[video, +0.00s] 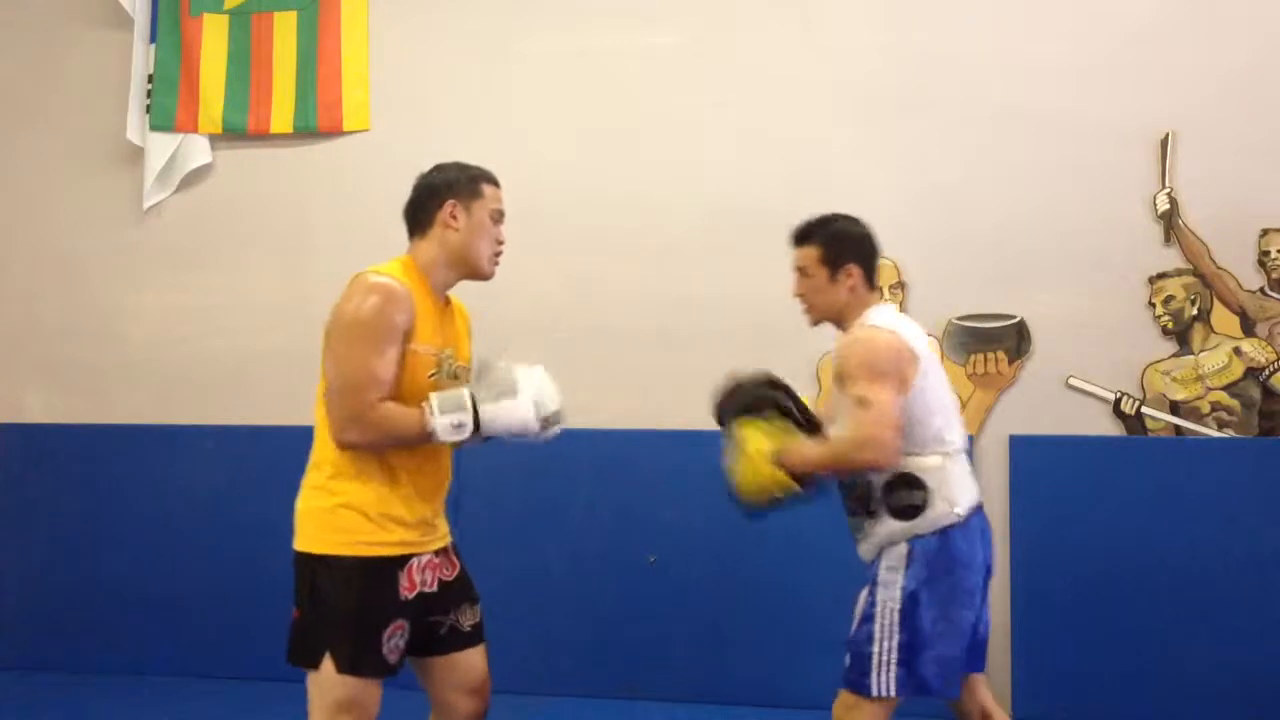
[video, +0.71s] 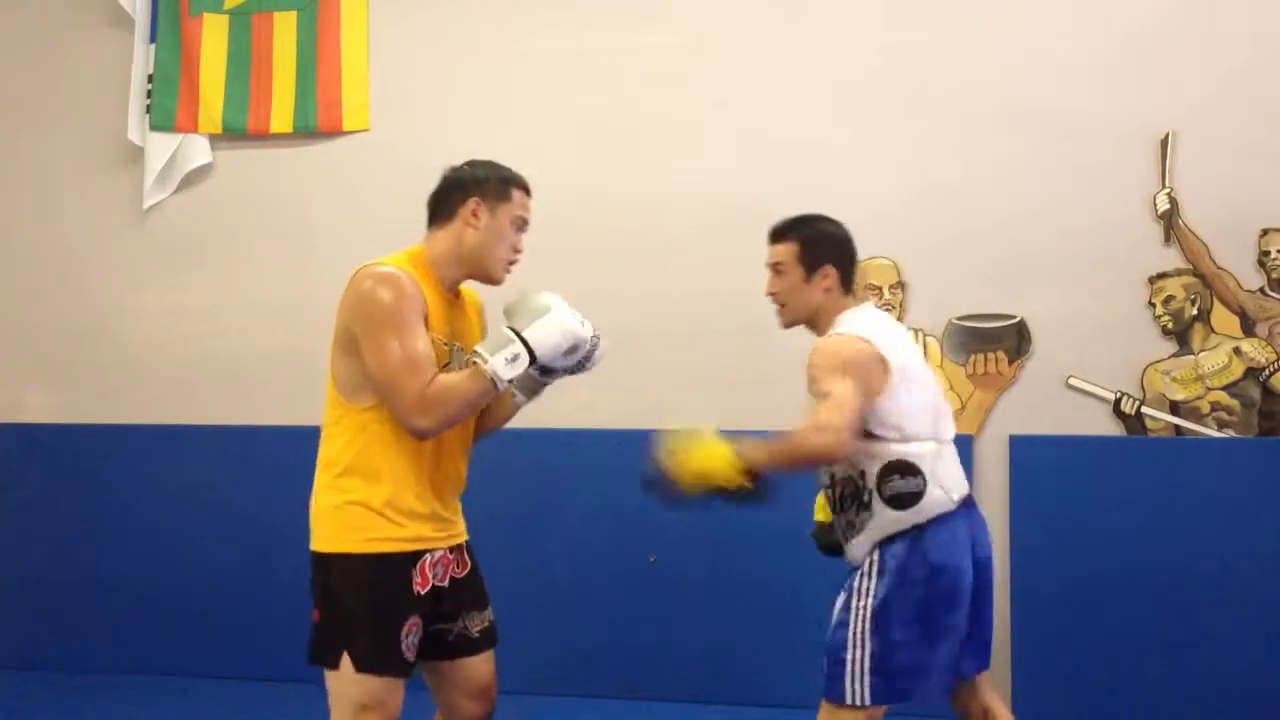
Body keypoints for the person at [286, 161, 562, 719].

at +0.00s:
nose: (504, 237)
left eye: (504, 221)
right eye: (494, 218)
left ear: (456, 219)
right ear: (451, 217)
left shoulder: (454, 316)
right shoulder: (377, 297)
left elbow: (431, 415)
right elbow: (354, 423)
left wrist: (501, 405)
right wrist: (470, 416)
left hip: (425, 537)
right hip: (352, 542)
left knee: (466, 696)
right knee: (346, 708)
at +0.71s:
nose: (522, 246)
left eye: (525, 231)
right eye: (517, 226)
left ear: (475, 218)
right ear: (473, 214)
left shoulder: (467, 308)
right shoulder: (383, 288)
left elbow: (471, 425)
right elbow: (422, 410)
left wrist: (535, 374)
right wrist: (516, 352)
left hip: (440, 534)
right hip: (365, 540)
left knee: (472, 696)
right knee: (368, 707)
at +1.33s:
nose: (516, 257)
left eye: (521, 244)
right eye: (514, 240)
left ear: (473, 224)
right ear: (472, 221)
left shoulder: (467, 303)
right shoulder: (366, 279)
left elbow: (484, 408)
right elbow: (421, 392)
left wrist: (549, 349)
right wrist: (505, 306)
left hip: (441, 535)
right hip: (357, 542)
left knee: (483, 698)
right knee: (361, 710)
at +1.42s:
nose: (521, 260)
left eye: (527, 248)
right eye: (520, 242)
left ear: (480, 227)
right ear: (477, 222)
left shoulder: (477, 306)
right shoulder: (369, 283)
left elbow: (505, 406)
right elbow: (422, 394)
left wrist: (567, 349)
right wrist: (509, 313)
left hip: (444, 535)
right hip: (359, 538)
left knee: (482, 699)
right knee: (357, 709)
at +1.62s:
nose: (512, 257)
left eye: (517, 243)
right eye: (510, 238)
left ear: (469, 223)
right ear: (467, 219)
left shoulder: (465, 304)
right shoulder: (360, 281)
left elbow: (488, 408)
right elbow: (416, 398)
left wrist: (550, 351)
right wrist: (506, 317)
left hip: (433, 539)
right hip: (348, 544)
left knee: (468, 700)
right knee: (331, 709)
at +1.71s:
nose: (504, 260)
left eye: (509, 246)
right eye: (502, 241)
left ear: (459, 226)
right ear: (459, 223)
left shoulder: (451, 306)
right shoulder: (351, 282)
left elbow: (470, 413)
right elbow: (411, 402)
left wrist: (534, 352)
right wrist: (499, 320)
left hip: (418, 541)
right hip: (335, 549)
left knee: (455, 701)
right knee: (322, 710)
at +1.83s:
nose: (484, 269)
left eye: (493, 256)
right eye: (486, 251)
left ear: (448, 227)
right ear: (448, 226)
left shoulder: (434, 304)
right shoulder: (339, 280)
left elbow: (443, 412)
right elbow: (398, 402)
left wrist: (512, 354)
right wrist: (487, 322)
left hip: (395, 538)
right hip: (317, 547)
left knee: (444, 701)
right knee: (309, 710)